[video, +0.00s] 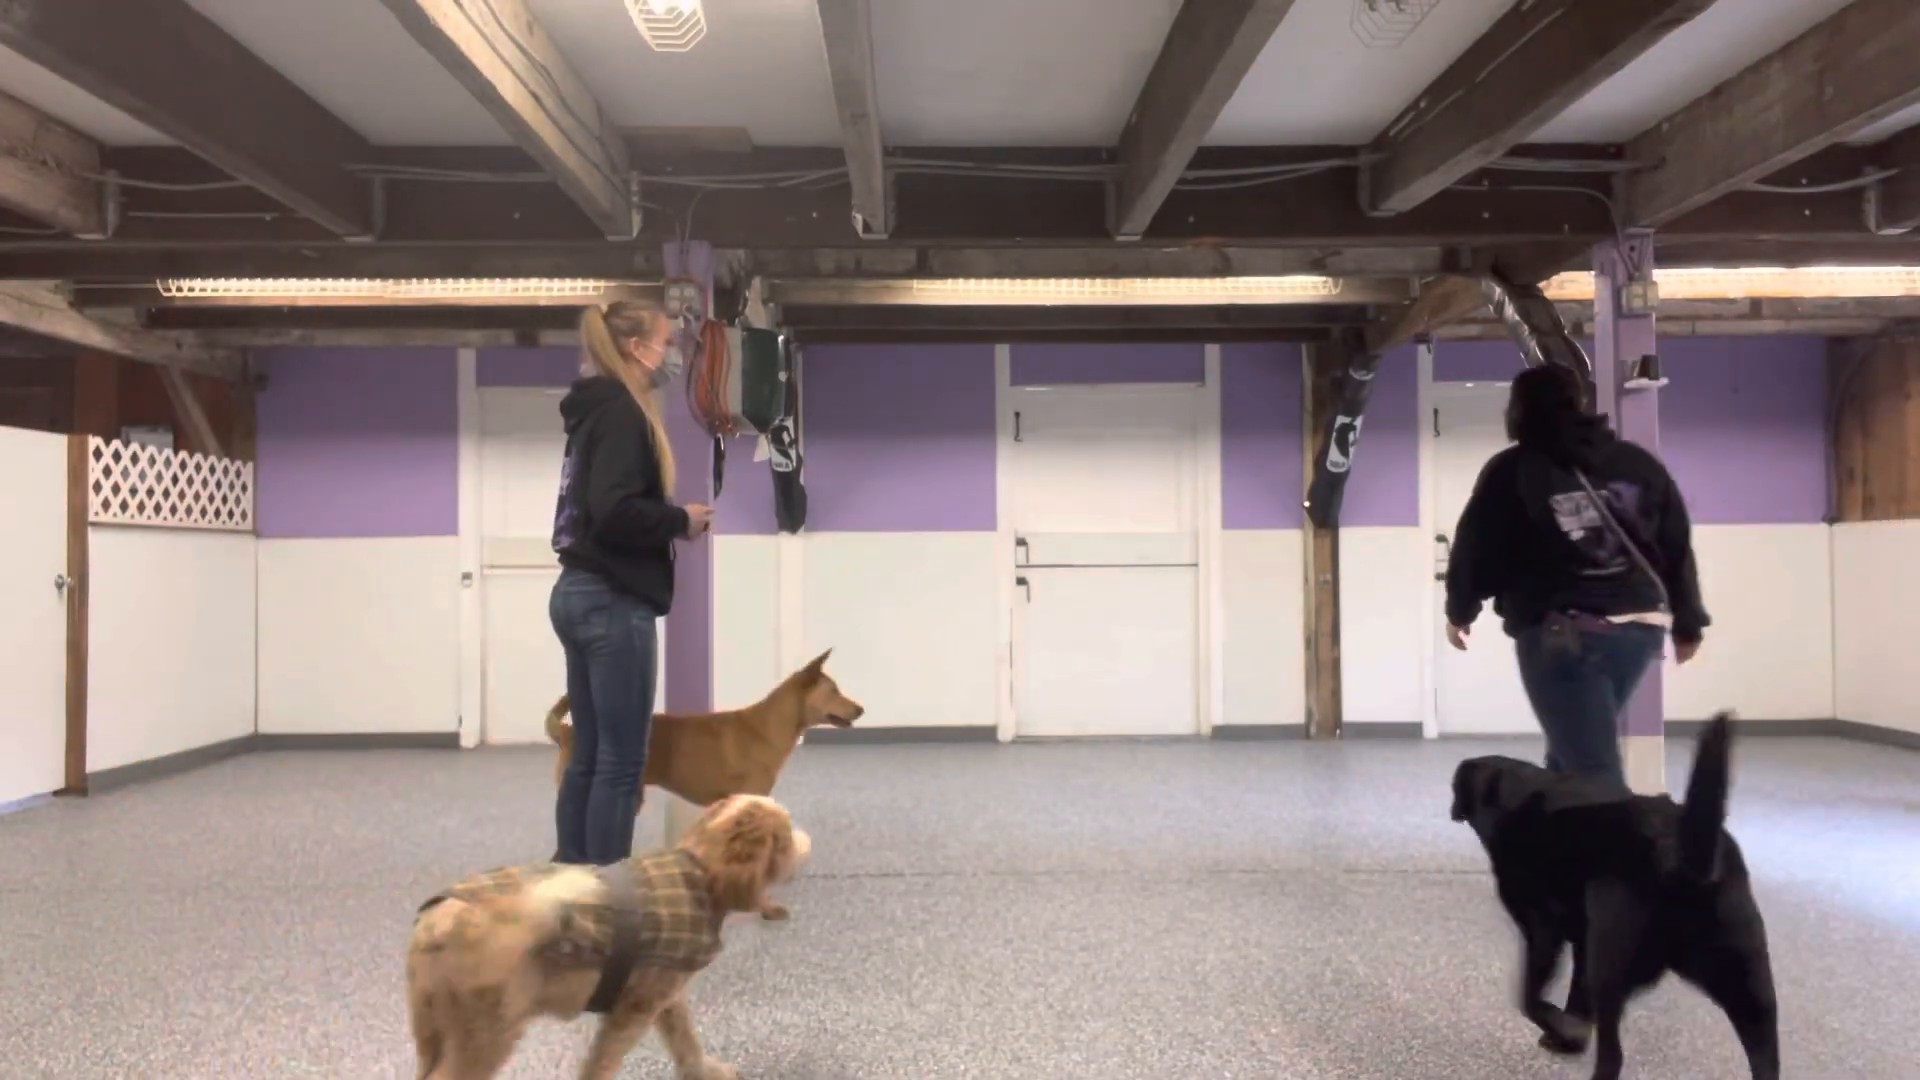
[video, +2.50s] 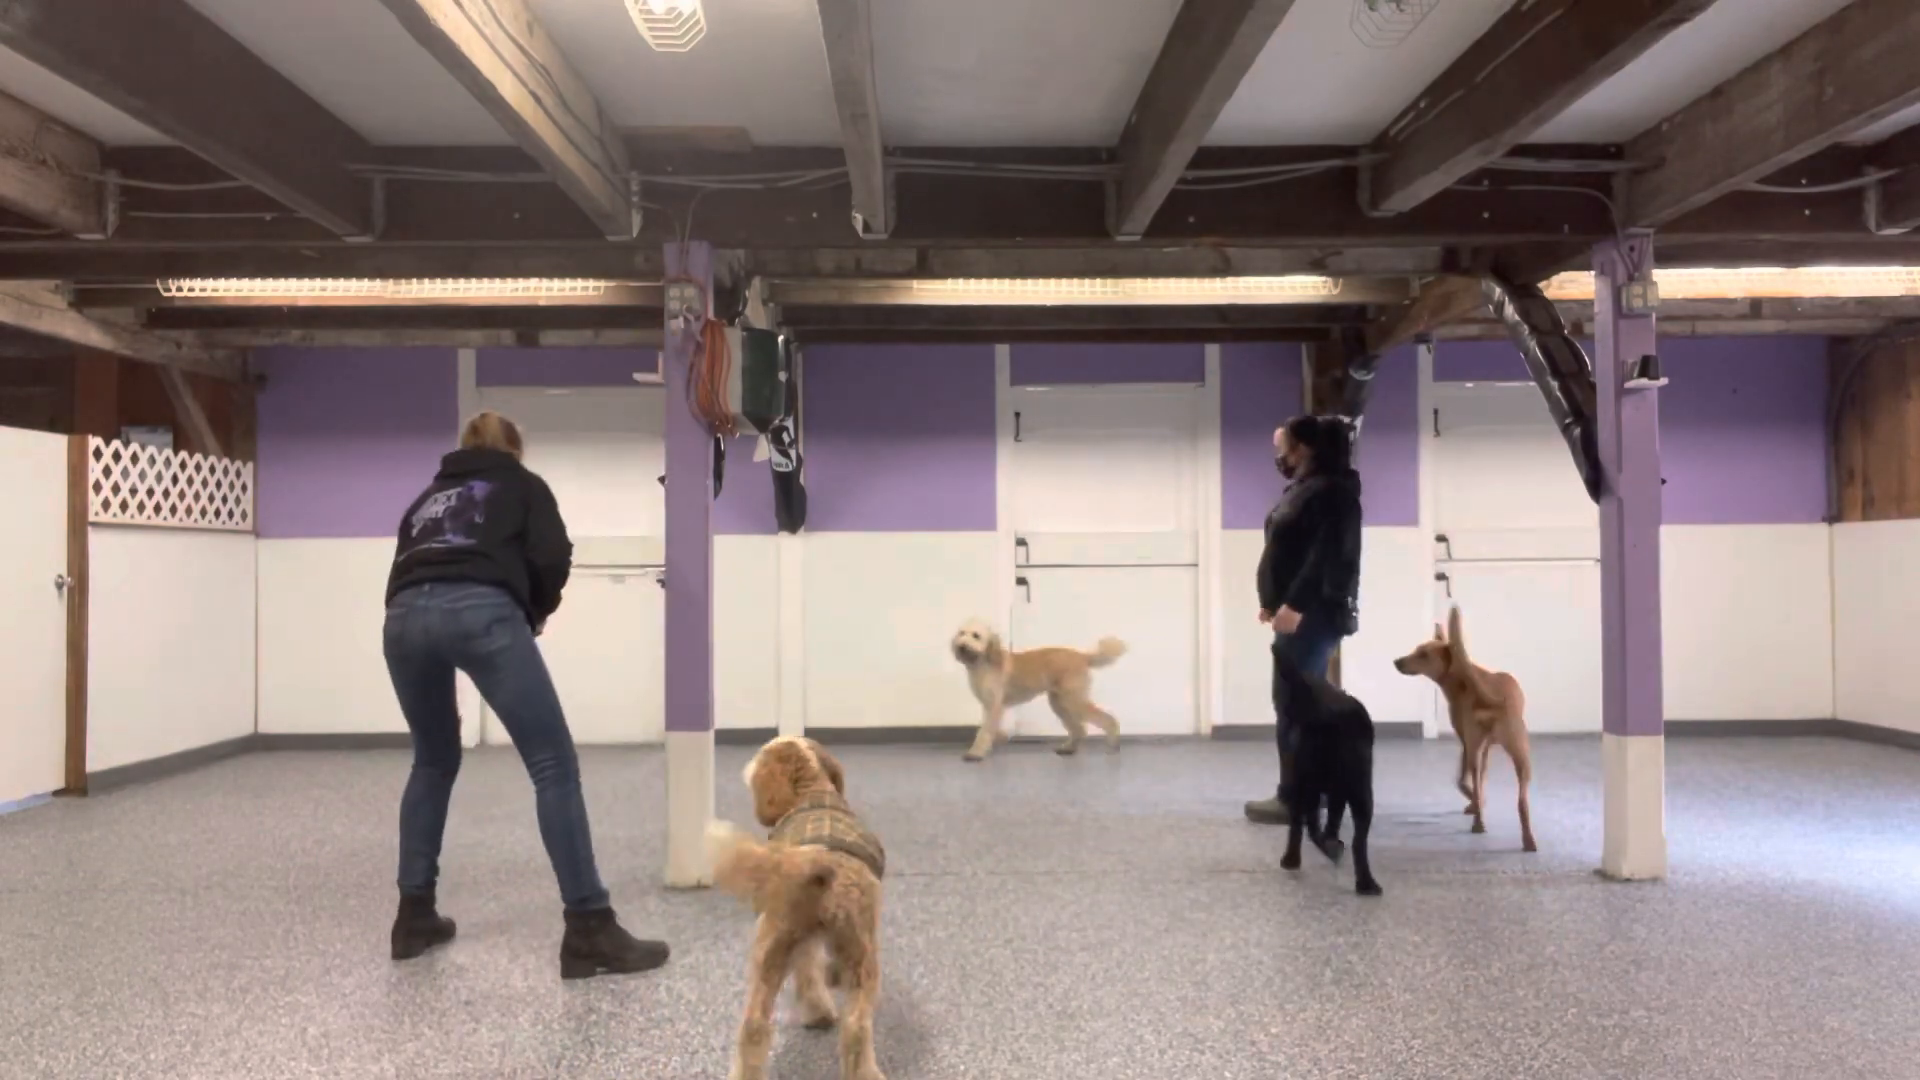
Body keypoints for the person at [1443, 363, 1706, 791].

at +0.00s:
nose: (1509, 415)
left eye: (1513, 407)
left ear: (1522, 412)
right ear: (1578, 406)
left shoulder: (1510, 470)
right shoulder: (1637, 461)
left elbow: (1474, 550)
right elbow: (1676, 547)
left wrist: (1460, 612)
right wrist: (1688, 622)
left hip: (1557, 633)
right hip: (1641, 631)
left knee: (1597, 778)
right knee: (1568, 763)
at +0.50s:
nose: (1423, 431)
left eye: (1425, 423)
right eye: (1428, 421)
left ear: (1430, 427)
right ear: (1476, 420)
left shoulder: (1421, 479)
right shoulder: (1521, 474)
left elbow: (1396, 559)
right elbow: (1541, 552)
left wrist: (1368, 622)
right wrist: (1518, 600)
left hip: (1435, 636)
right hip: (1511, 632)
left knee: (1398, 740)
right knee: (1518, 747)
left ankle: (1376, 836)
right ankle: (1554, 842)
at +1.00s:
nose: (1317, 432)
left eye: (1319, 425)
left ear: (1324, 430)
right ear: (1365, 427)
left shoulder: (1314, 479)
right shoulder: (1412, 470)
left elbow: (1289, 546)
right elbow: (1440, 532)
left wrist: (1269, 601)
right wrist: (1439, 589)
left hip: (1347, 615)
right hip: (1414, 613)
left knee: (1350, 720)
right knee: (1395, 707)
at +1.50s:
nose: (1311, 443)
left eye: (1315, 434)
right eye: (1312, 434)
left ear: (1329, 436)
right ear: (1365, 434)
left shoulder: (1319, 483)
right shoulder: (1394, 483)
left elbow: (1300, 555)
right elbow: (1407, 547)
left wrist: (1278, 611)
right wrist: (1398, 599)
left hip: (1330, 611)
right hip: (1387, 608)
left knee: (1307, 713)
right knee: (1362, 711)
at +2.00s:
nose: (1279, 456)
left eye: (1284, 447)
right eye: (1279, 447)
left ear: (1303, 446)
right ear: (1328, 445)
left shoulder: (1307, 492)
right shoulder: (1351, 489)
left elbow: (1298, 561)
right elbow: (1343, 556)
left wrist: (1271, 612)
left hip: (1311, 610)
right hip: (1352, 607)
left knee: (1288, 708)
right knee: (1332, 702)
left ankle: (1293, 799)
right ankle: (1341, 798)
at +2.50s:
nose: (1282, 457)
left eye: (1287, 448)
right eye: (1282, 449)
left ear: (1307, 448)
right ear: (1305, 450)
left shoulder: (1333, 489)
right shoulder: (1301, 488)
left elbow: (1327, 554)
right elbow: (1290, 549)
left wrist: (1296, 604)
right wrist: (1271, 598)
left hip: (1315, 616)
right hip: (1295, 614)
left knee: (1294, 704)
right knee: (1292, 703)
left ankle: (1294, 795)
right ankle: (1294, 792)